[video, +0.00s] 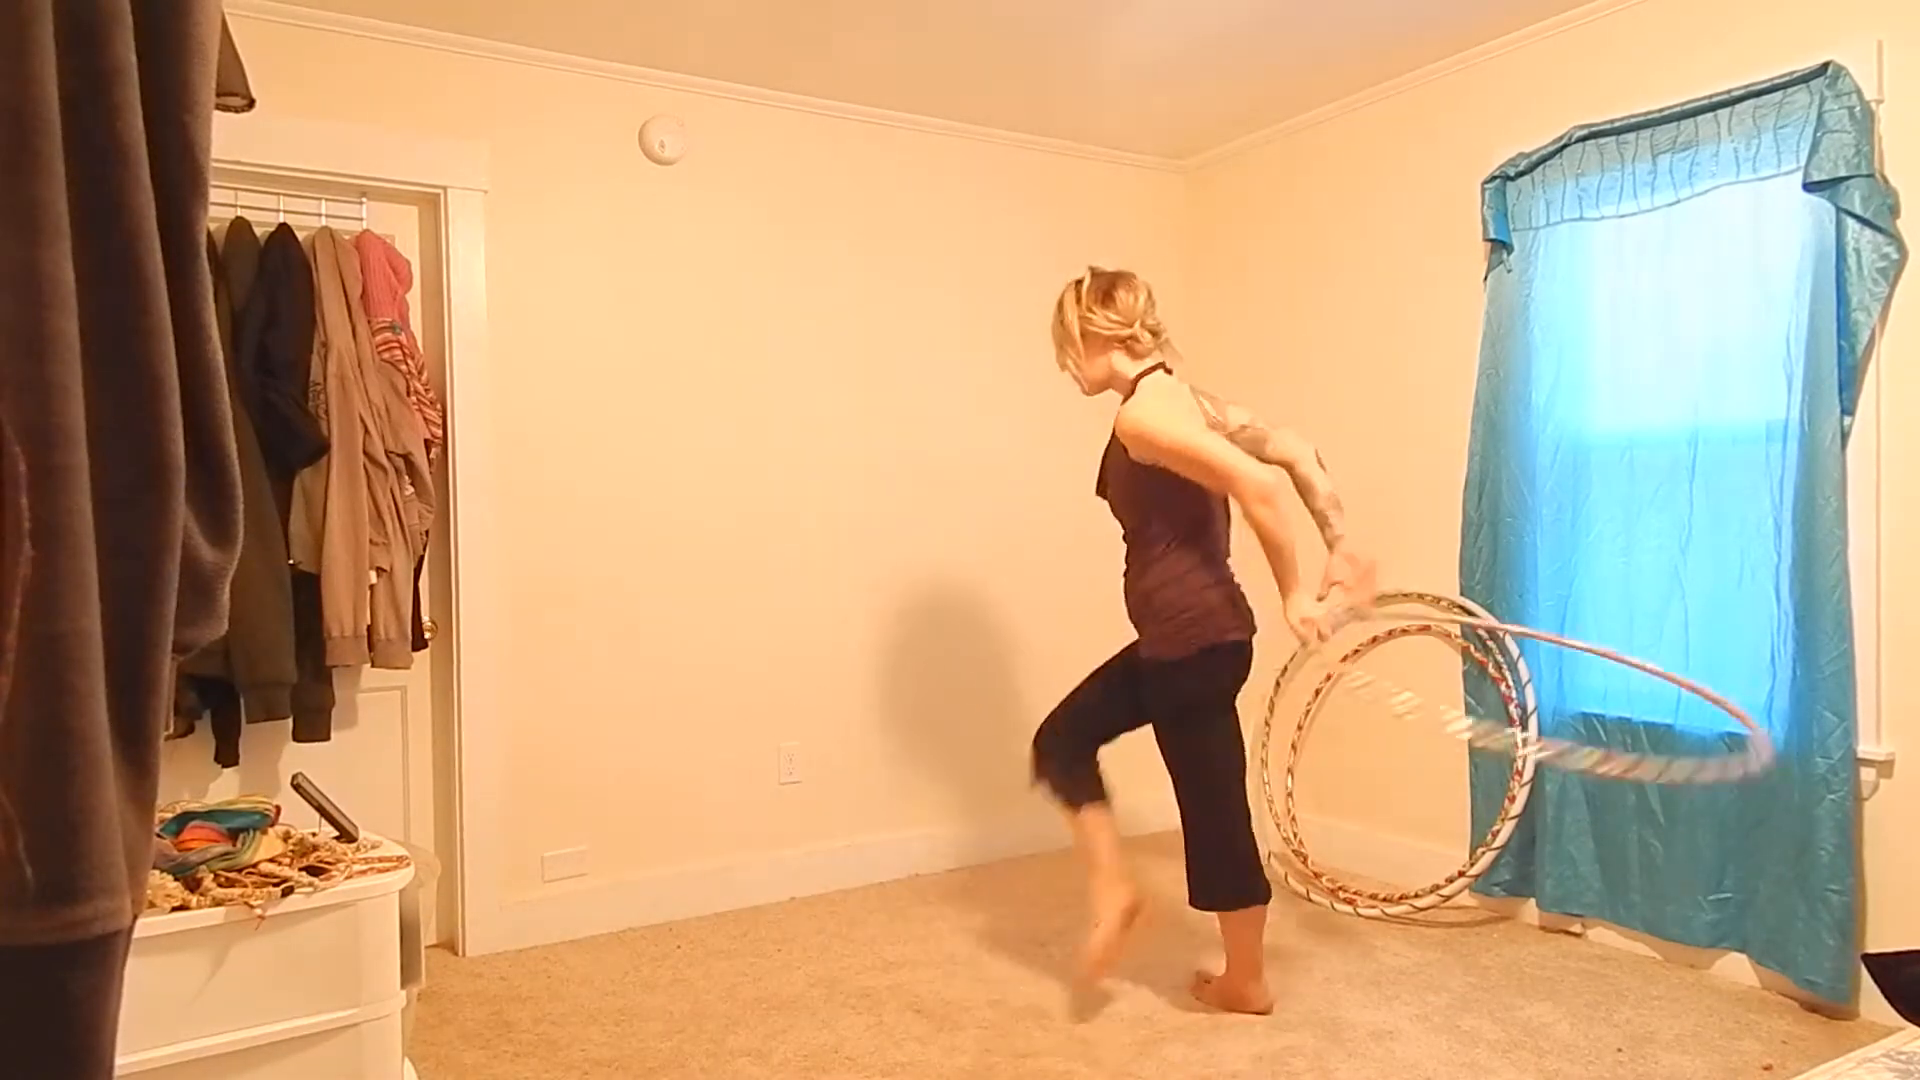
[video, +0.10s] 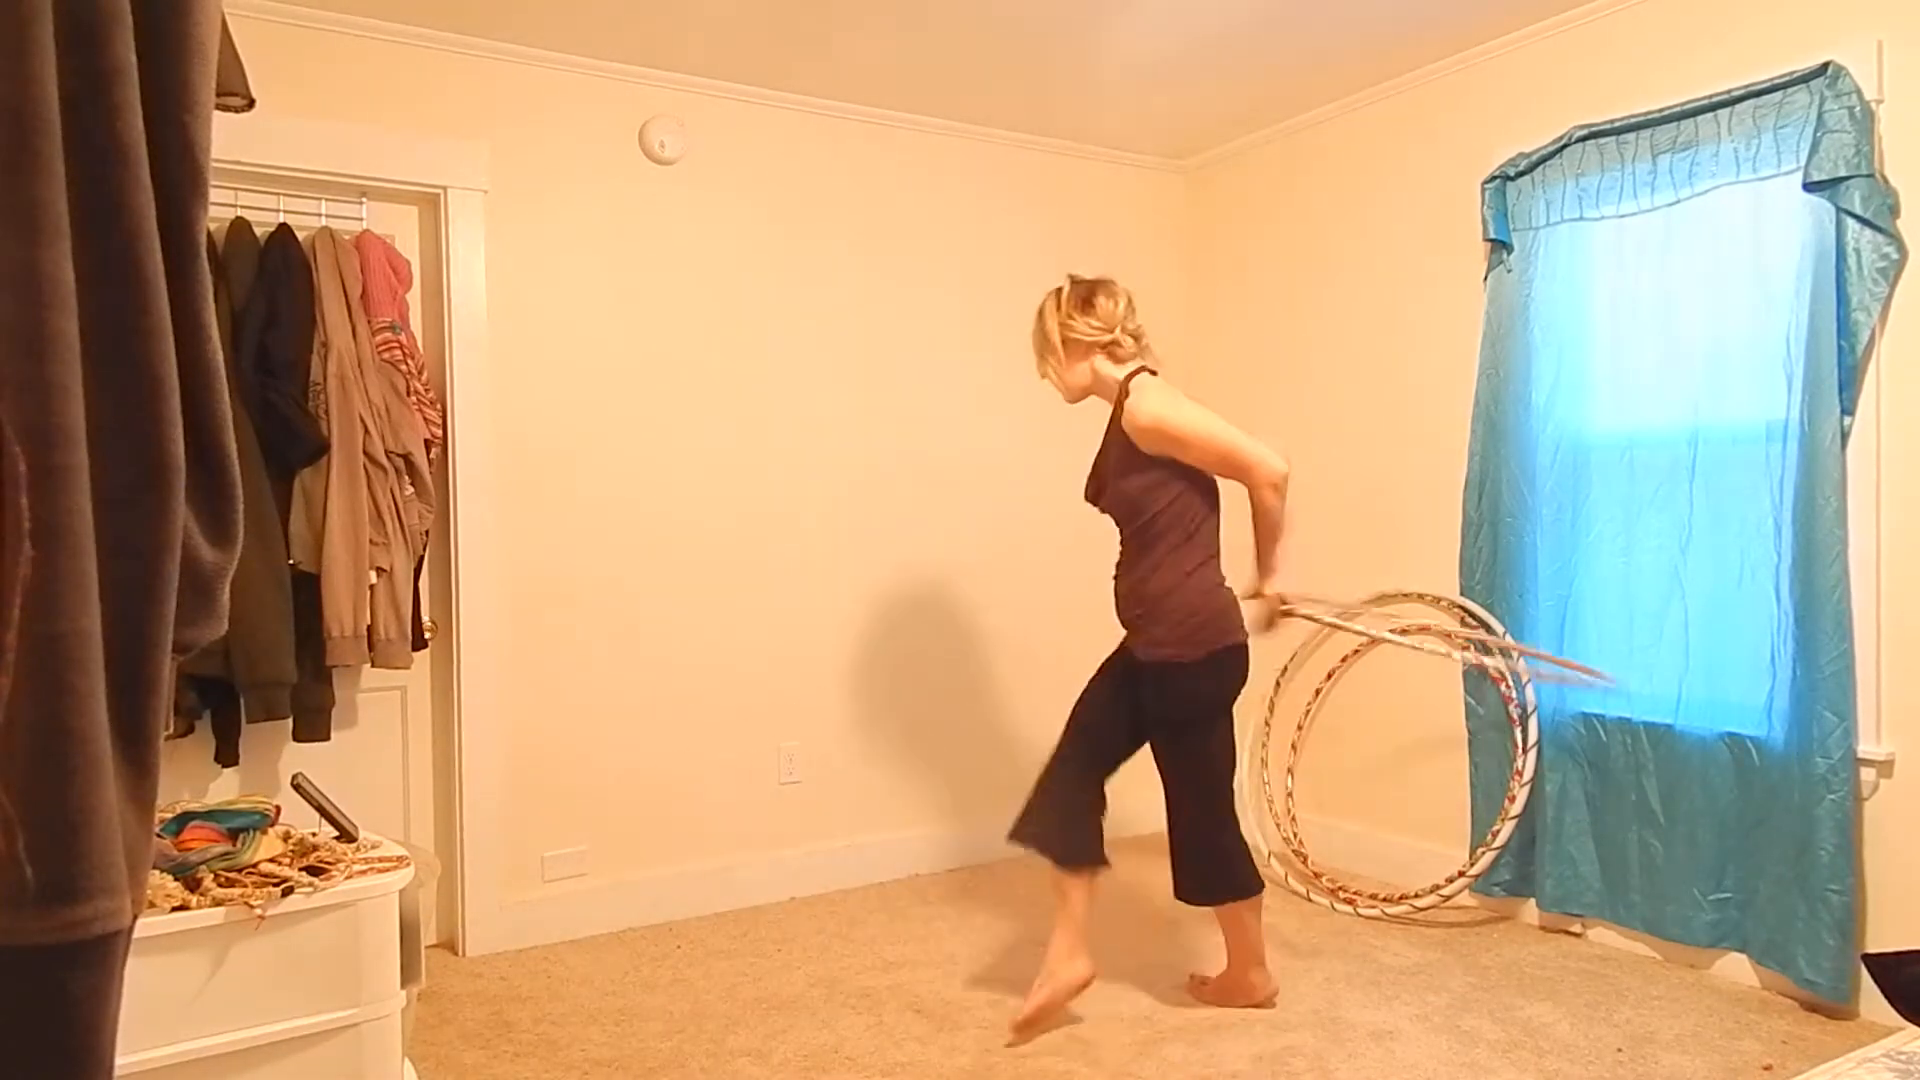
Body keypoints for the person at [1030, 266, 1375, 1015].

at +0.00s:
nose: (1067, 367)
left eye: (1069, 349)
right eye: (1064, 350)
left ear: (1101, 340)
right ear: (1131, 332)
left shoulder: (1143, 410)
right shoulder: (1180, 395)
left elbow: (1258, 489)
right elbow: (1294, 456)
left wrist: (1295, 594)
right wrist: (1342, 542)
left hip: (1189, 646)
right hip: (1200, 639)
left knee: (1215, 812)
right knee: (1063, 739)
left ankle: (1245, 981)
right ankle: (1110, 889)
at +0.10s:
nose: (1050, 375)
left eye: (1051, 357)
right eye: (1047, 359)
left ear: (1084, 346)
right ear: (1100, 344)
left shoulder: (1146, 405)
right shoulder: (1136, 407)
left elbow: (1267, 472)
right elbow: (1261, 471)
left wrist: (1267, 576)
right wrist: (1265, 579)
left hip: (1192, 650)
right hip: (1153, 646)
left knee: (1205, 811)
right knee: (1071, 778)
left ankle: (1249, 972)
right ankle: (1066, 955)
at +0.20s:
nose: (1029, 375)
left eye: (1031, 358)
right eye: (1027, 360)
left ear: (1065, 346)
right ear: (1074, 343)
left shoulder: (1142, 405)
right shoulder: (1107, 416)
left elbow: (1257, 480)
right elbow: (1166, 501)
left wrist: (1220, 561)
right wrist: (1167, 568)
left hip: (1189, 657)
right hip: (1126, 652)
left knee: (1191, 816)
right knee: (1080, 806)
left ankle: (1247, 963)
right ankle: (1071, 984)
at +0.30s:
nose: (1012, 376)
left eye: (1014, 359)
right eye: (1011, 360)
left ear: (1049, 348)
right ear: (1058, 348)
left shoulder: (1136, 406)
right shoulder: (1079, 430)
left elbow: (1242, 492)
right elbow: (1116, 546)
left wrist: (1201, 576)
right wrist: (1079, 621)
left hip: (1175, 665)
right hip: (1102, 661)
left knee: (1166, 836)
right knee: (1074, 830)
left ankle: (1234, 944)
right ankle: (1083, 1007)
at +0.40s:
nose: (1001, 383)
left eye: (1004, 365)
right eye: (999, 367)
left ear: (1041, 354)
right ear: (1052, 356)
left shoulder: (1136, 413)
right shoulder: (1052, 451)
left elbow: (1237, 513)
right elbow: (1028, 543)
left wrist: (1201, 615)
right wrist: (972, 617)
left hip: (1161, 671)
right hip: (1074, 670)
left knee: (1143, 858)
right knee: (1050, 846)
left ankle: (1193, 921)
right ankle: (1081, 1015)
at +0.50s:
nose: (999, 380)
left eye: (1007, 363)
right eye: (999, 364)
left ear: (1051, 357)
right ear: (1038, 361)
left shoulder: (1141, 431)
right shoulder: (1033, 456)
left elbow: (1229, 546)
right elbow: (939, 518)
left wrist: (1211, 668)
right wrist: (907, 593)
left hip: (1146, 683)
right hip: (1054, 681)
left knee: (1141, 873)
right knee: (1034, 857)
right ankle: (1079, 1025)